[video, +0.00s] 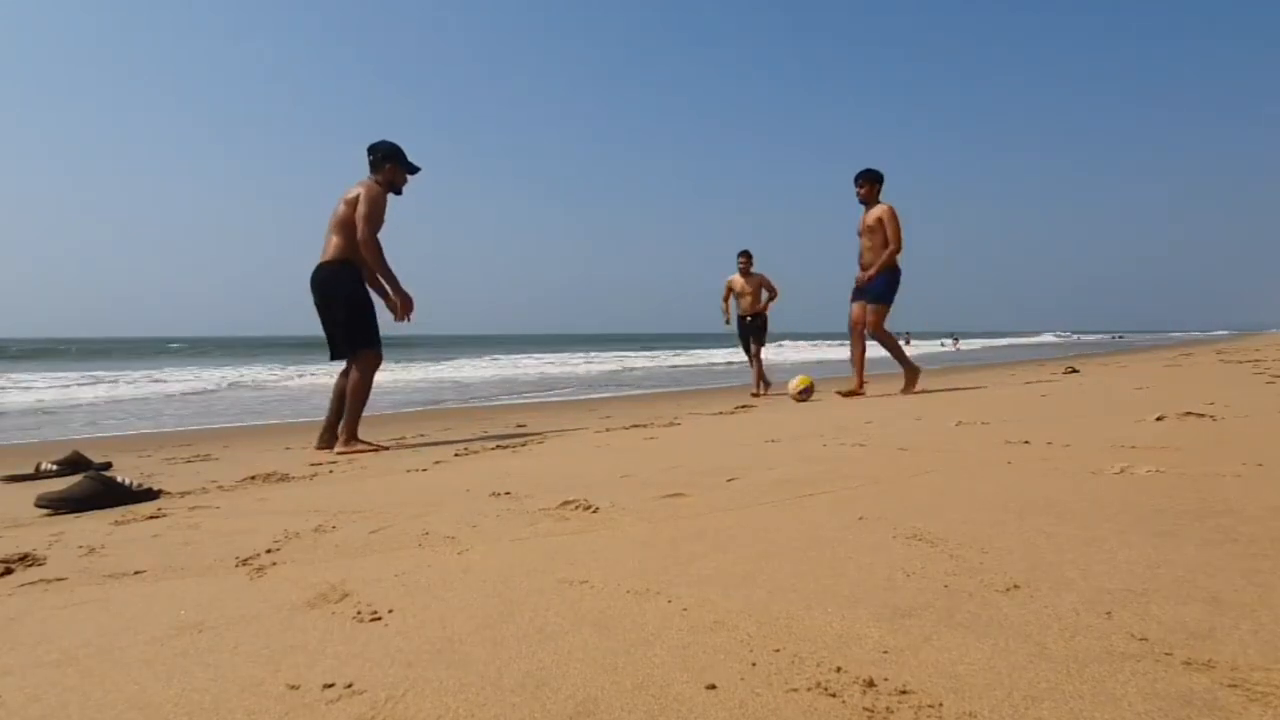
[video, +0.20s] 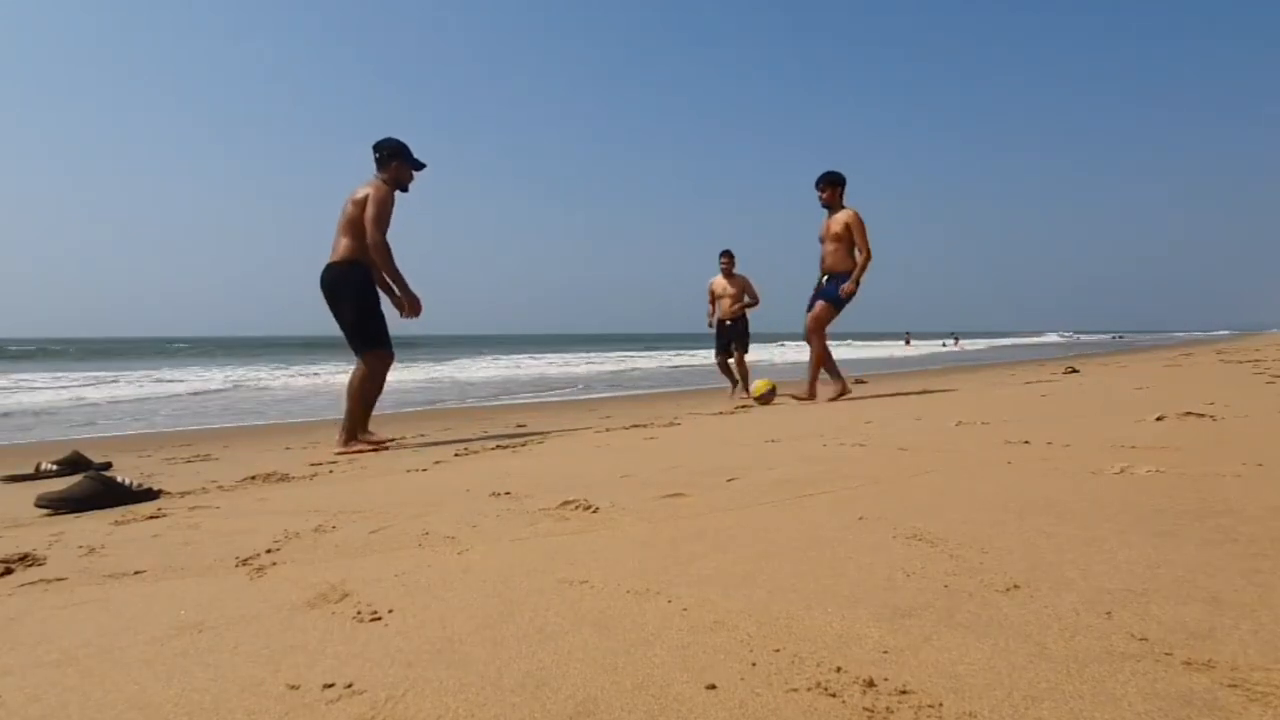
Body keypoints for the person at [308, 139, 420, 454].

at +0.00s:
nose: (406, 179)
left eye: (406, 173)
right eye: (403, 172)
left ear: (379, 169)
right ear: (387, 168)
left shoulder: (358, 193)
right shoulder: (372, 191)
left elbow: (361, 260)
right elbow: (365, 239)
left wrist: (387, 298)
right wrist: (397, 289)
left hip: (330, 276)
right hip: (342, 276)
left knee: (358, 359)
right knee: (369, 356)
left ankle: (328, 436)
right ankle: (348, 437)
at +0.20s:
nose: (412, 175)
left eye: (412, 169)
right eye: (408, 168)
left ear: (387, 167)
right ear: (392, 165)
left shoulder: (367, 193)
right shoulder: (380, 192)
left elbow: (368, 256)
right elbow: (375, 242)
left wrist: (393, 295)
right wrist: (405, 290)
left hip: (344, 276)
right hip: (350, 275)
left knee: (375, 357)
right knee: (378, 357)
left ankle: (358, 431)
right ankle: (351, 435)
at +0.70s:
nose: (428, 193)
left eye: (429, 187)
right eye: (426, 186)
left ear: (406, 183)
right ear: (409, 182)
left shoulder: (387, 206)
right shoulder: (395, 205)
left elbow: (394, 271)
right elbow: (398, 257)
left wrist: (426, 303)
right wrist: (427, 301)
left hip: (365, 286)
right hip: (362, 287)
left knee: (397, 359)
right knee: (390, 361)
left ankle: (393, 431)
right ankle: (362, 435)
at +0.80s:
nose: (428, 195)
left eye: (429, 189)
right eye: (425, 188)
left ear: (405, 185)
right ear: (409, 183)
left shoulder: (388, 209)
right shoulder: (393, 207)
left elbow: (395, 274)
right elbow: (396, 257)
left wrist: (424, 305)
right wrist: (427, 302)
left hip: (368, 289)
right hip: (360, 289)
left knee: (400, 360)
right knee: (390, 363)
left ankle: (393, 431)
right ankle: (361, 435)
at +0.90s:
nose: (426, 192)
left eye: (427, 186)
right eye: (423, 185)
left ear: (404, 182)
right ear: (407, 180)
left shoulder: (388, 206)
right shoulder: (391, 203)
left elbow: (391, 268)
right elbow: (391, 254)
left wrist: (418, 302)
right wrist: (421, 301)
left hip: (367, 286)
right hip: (359, 287)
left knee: (396, 359)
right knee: (385, 361)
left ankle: (393, 431)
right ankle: (355, 436)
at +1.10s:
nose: (422, 191)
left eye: (423, 184)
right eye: (419, 183)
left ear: (400, 180)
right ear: (402, 178)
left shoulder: (382, 205)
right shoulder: (386, 205)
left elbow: (385, 263)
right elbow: (385, 259)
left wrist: (412, 304)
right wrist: (411, 304)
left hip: (364, 287)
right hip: (361, 288)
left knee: (398, 356)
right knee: (386, 361)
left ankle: (388, 426)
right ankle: (355, 436)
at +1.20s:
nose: (421, 190)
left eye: (422, 184)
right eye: (418, 183)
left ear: (399, 180)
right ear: (400, 178)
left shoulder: (387, 208)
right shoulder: (385, 207)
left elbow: (389, 265)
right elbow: (384, 262)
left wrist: (415, 304)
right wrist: (402, 304)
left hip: (370, 289)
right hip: (364, 289)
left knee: (396, 358)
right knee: (387, 362)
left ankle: (381, 425)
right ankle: (356, 435)